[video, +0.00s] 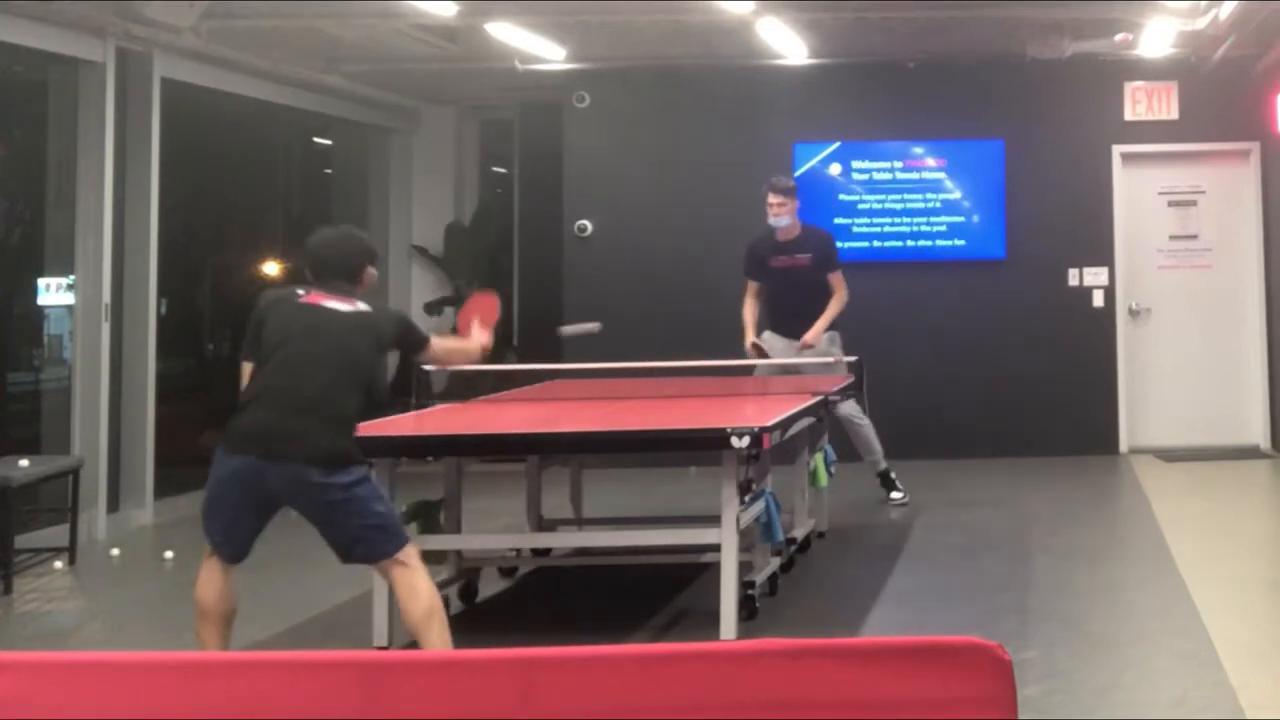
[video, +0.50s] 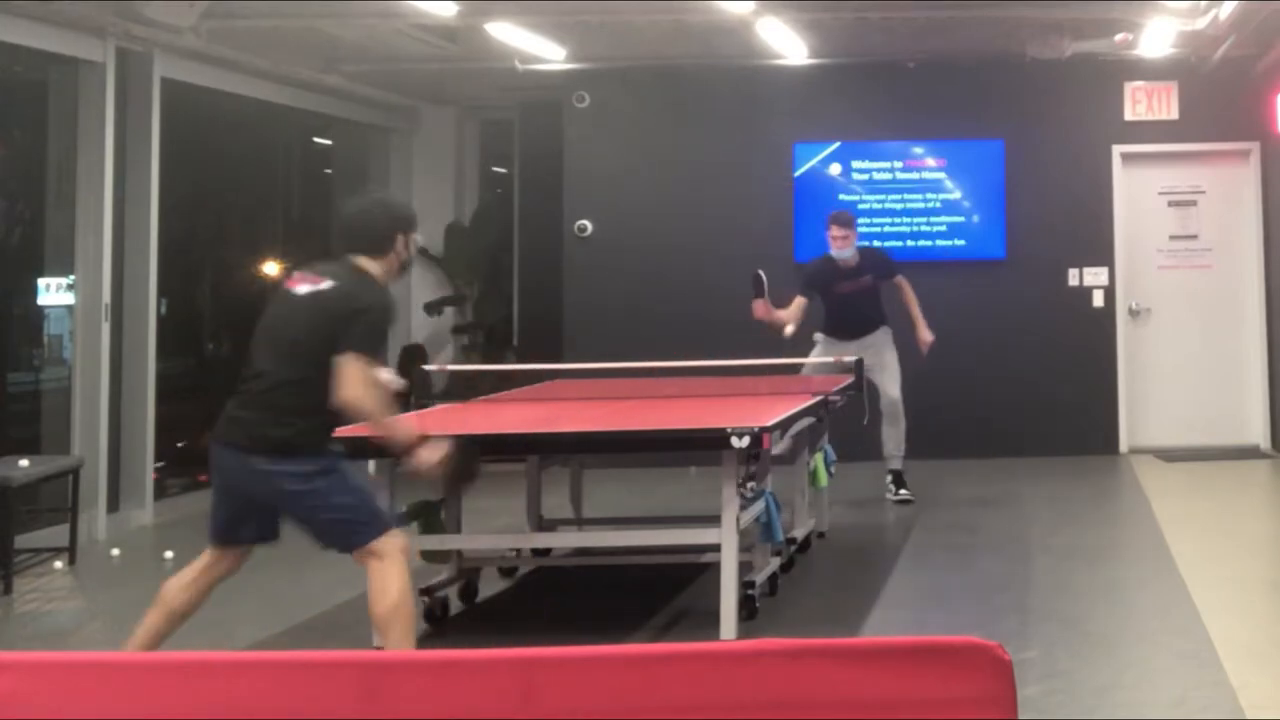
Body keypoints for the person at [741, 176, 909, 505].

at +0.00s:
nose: (775, 210)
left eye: (781, 205)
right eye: (770, 205)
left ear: (796, 205)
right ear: (766, 208)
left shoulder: (820, 241)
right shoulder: (759, 248)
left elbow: (841, 293)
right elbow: (751, 296)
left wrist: (817, 331)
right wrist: (750, 336)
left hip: (820, 340)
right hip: (776, 341)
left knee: (844, 406)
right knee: (754, 412)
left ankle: (884, 473)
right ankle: (752, 486)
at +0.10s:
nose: (784, 217)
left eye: (790, 211)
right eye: (779, 212)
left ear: (804, 211)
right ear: (774, 214)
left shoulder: (828, 245)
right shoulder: (768, 252)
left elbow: (850, 296)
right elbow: (758, 300)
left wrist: (823, 332)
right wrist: (757, 342)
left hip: (832, 340)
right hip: (788, 342)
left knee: (856, 407)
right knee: (768, 412)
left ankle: (888, 473)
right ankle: (755, 483)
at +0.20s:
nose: (797, 227)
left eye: (803, 221)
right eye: (792, 222)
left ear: (815, 221)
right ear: (786, 223)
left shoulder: (839, 249)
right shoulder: (780, 260)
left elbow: (865, 297)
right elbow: (763, 305)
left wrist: (842, 337)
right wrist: (773, 345)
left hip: (845, 341)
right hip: (800, 343)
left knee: (870, 407)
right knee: (780, 411)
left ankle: (890, 472)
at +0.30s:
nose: (813, 235)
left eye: (819, 229)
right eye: (808, 230)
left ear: (831, 228)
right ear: (802, 231)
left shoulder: (853, 253)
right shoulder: (796, 266)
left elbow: (880, 297)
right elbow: (767, 316)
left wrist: (873, 340)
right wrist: (793, 339)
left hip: (858, 339)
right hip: (816, 345)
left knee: (876, 402)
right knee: (794, 406)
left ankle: (891, 472)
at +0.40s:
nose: (827, 244)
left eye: (833, 239)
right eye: (822, 239)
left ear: (844, 238)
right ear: (816, 240)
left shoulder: (865, 261)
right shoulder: (808, 274)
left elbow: (894, 294)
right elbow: (781, 323)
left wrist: (904, 338)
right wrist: (791, 332)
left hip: (870, 341)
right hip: (825, 345)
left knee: (888, 399)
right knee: (797, 393)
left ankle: (894, 473)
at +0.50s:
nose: (839, 241)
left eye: (845, 236)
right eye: (834, 236)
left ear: (855, 236)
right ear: (828, 238)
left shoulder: (876, 260)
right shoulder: (818, 271)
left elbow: (903, 286)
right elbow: (793, 313)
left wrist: (921, 327)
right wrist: (771, 313)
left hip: (875, 340)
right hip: (832, 343)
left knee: (892, 398)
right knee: (802, 392)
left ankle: (895, 473)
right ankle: (817, 457)